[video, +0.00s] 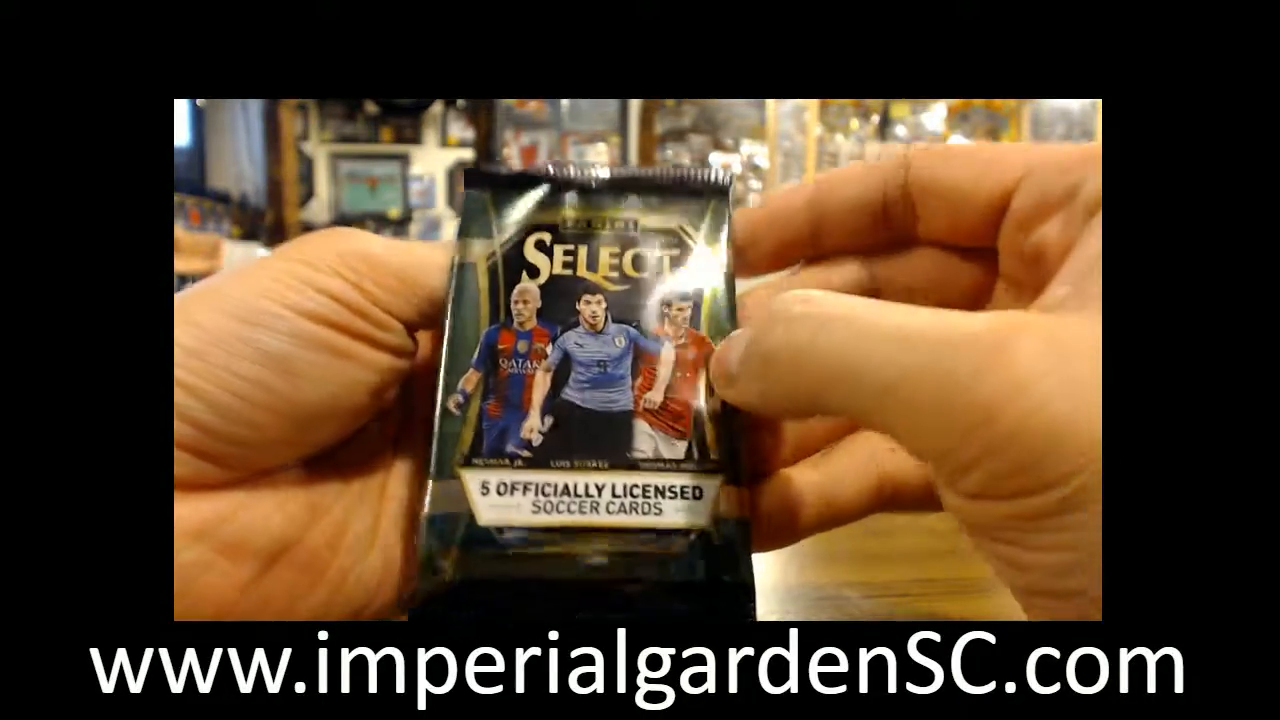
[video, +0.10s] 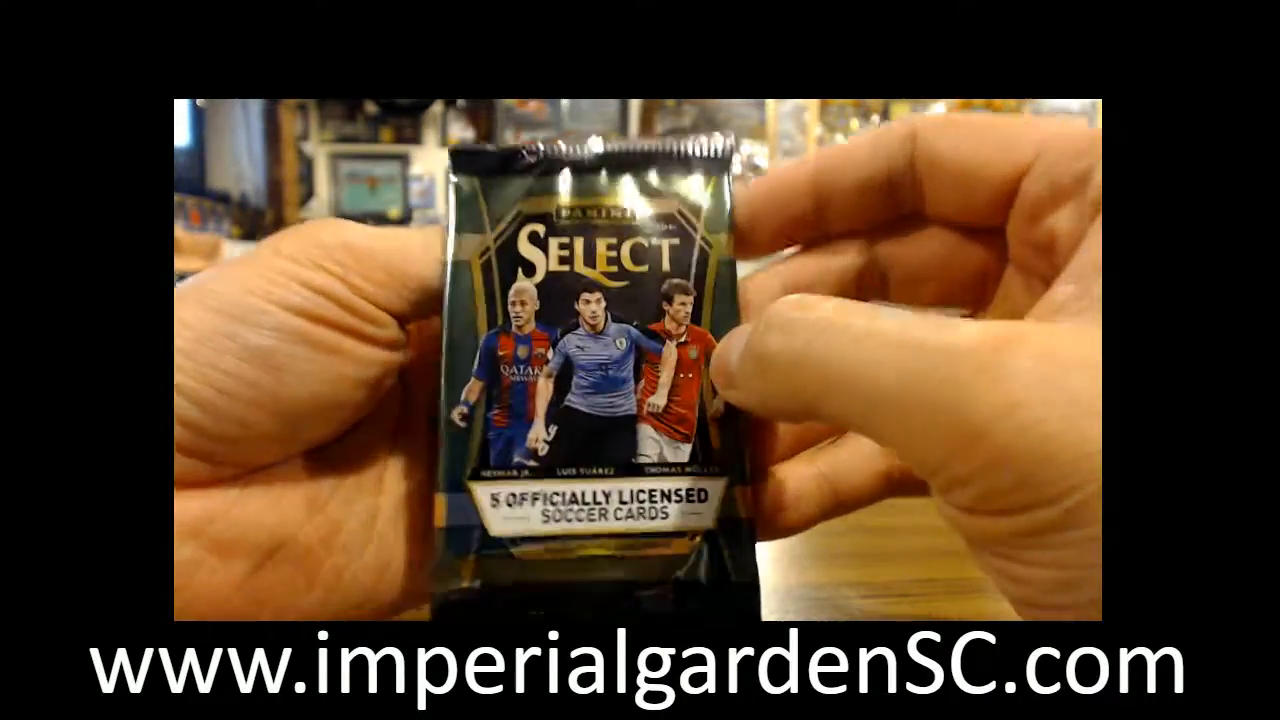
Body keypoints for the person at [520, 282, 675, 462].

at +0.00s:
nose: (594, 309)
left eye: (599, 303)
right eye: (588, 303)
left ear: (606, 306)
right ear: (578, 307)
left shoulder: (626, 334)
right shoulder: (567, 339)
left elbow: (666, 348)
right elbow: (545, 371)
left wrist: (658, 390)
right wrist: (534, 413)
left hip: (617, 414)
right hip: (576, 412)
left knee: (616, 476)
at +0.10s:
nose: (594, 309)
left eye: (598, 302)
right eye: (587, 303)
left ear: (605, 304)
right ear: (577, 307)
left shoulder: (626, 333)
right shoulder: (568, 340)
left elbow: (668, 350)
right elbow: (546, 377)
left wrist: (661, 393)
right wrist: (539, 422)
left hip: (621, 418)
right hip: (578, 416)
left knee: (620, 481)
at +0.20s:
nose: (589, 313)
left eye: (593, 306)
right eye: (581, 307)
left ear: (600, 308)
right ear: (572, 311)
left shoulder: (623, 339)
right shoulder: (564, 348)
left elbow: (666, 355)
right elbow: (543, 386)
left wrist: (659, 399)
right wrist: (537, 432)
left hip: (620, 425)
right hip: (577, 424)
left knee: (618, 491)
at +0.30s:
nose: (588, 314)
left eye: (593, 306)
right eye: (581, 307)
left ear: (600, 308)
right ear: (571, 311)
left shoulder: (622, 339)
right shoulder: (563, 346)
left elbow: (665, 355)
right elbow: (543, 386)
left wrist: (658, 399)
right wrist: (536, 432)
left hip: (618, 425)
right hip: (576, 424)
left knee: (619, 491)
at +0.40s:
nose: (589, 315)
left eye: (593, 308)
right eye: (581, 309)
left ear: (601, 309)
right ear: (572, 313)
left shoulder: (623, 340)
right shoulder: (564, 349)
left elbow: (665, 355)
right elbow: (544, 387)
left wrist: (659, 400)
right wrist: (538, 433)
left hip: (619, 425)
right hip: (577, 424)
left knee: (620, 489)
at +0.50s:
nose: (599, 320)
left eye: (605, 313)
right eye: (592, 314)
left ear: (614, 316)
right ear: (584, 318)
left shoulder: (634, 344)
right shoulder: (579, 353)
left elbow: (674, 357)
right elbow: (562, 387)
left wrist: (668, 400)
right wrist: (557, 431)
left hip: (631, 423)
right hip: (593, 423)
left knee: (632, 487)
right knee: (590, 485)